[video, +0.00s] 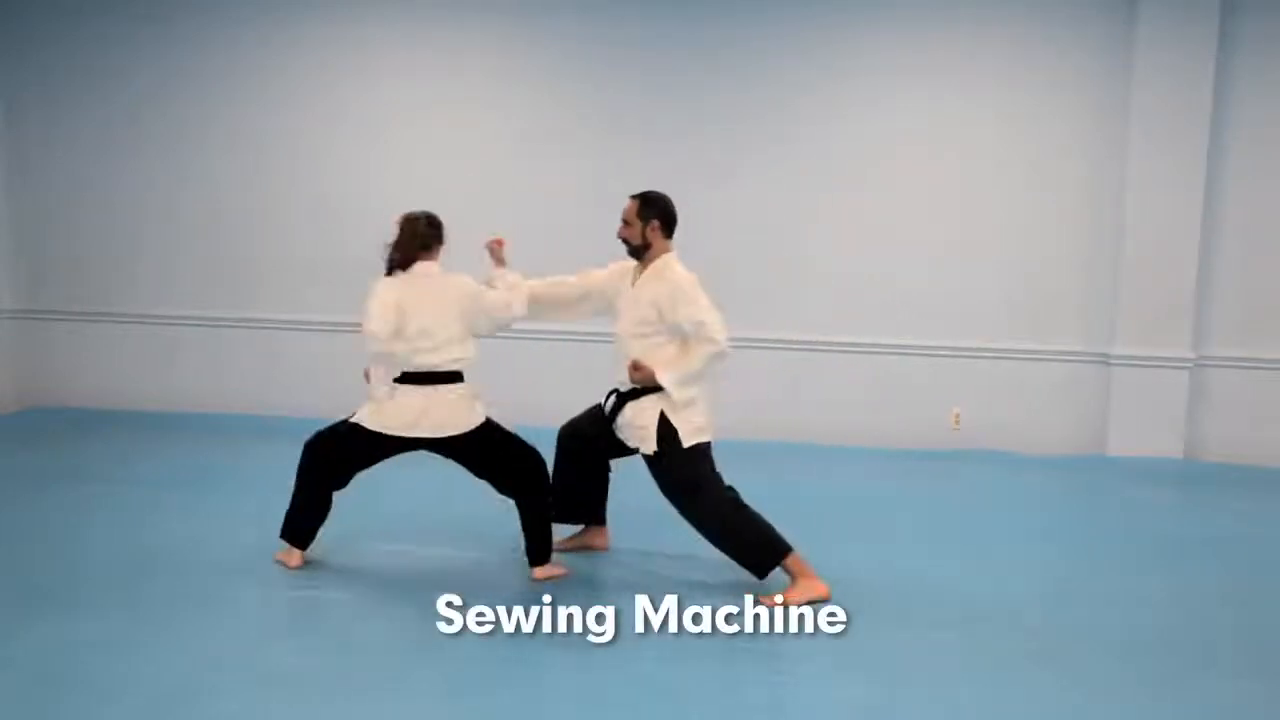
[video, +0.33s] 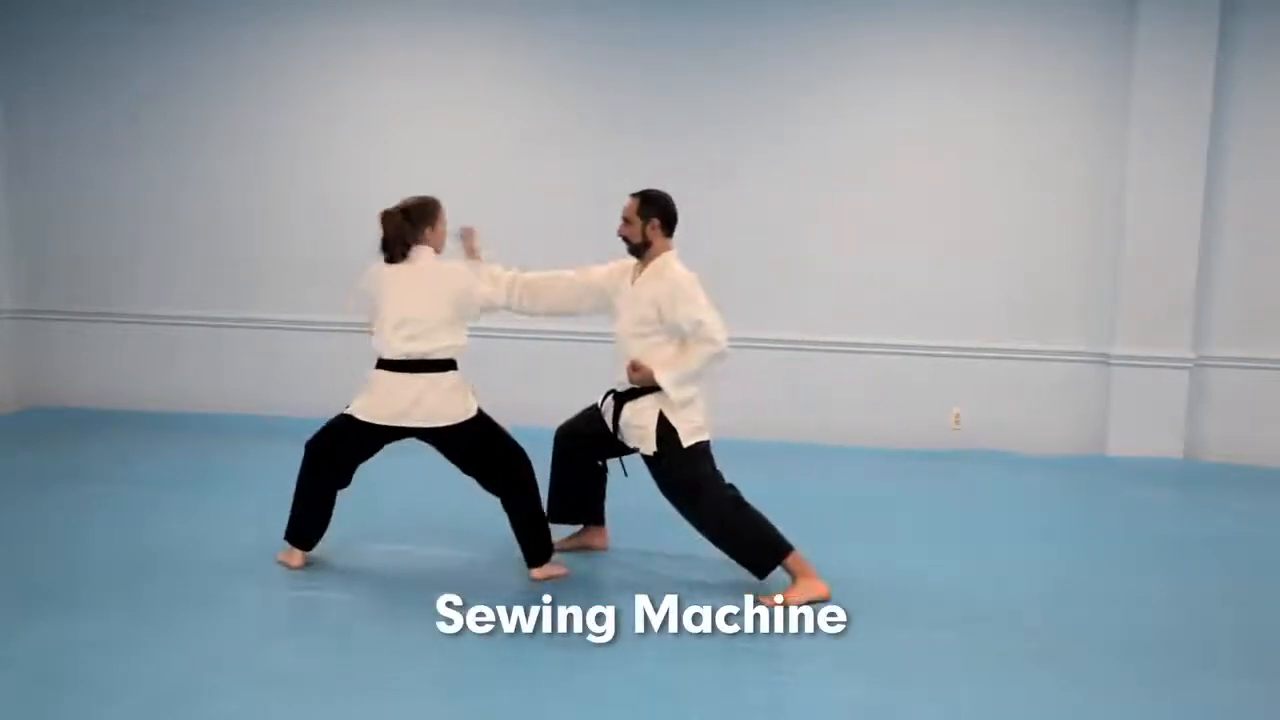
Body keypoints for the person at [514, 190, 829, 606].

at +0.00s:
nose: (619, 230)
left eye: (627, 224)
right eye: (621, 222)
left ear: (653, 229)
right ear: (649, 229)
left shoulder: (674, 280)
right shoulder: (626, 275)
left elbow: (714, 340)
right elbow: (570, 290)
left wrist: (663, 374)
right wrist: (507, 280)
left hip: (672, 411)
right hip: (636, 405)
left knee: (706, 500)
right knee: (578, 438)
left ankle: (805, 578)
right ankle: (592, 530)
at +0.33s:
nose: (620, 228)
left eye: (628, 221)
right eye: (621, 220)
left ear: (655, 227)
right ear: (646, 225)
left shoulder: (675, 279)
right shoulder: (622, 274)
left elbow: (713, 340)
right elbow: (555, 287)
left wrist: (661, 373)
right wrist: (484, 270)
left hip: (671, 412)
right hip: (632, 405)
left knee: (708, 499)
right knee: (573, 439)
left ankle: (806, 579)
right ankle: (591, 530)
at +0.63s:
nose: (619, 229)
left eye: (626, 221)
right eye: (620, 220)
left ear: (654, 228)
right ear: (647, 227)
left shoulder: (674, 279)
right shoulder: (624, 273)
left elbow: (712, 341)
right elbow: (572, 287)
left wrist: (659, 372)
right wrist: (515, 283)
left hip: (670, 412)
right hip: (632, 405)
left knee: (709, 500)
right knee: (576, 437)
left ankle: (805, 578)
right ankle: (592, 530)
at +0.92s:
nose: (615, 225)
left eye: (623, 218)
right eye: (617, 217)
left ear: (649, 226)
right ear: (647, 225)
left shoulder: (670, 277)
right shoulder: (623, 271)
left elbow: (711, 340)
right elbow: (568, 291)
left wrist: (659, 373)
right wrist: (511, 269)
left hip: (669, 409)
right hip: (632, 403)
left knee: (708, 498)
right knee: (573, 437)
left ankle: (805, 577)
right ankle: (589, 527)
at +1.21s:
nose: (618, 227)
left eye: (626, 220)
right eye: (620, 219)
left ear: (653, 226)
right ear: (649, 226)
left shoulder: (673, 278)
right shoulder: (625, 274)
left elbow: (712, 341)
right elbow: (564, 287)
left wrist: (661, 373)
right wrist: (501, 284)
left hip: (673, 413)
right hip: (634, 406)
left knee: (710, 499)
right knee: (579, 439)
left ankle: (805, 578)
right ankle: (592, 535)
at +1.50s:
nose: (617, 225)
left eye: (625, 218)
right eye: (618, 217)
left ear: (652, 224)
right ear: (647, 224)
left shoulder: (675, 275)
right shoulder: (622, 271)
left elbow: (715, 337)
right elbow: (571, 293)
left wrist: (664, 370)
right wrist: (522, 275)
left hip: (674, 407)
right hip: (634, 400)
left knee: (714, 494)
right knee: (587, 437)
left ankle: (807, 578)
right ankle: (593, 529)